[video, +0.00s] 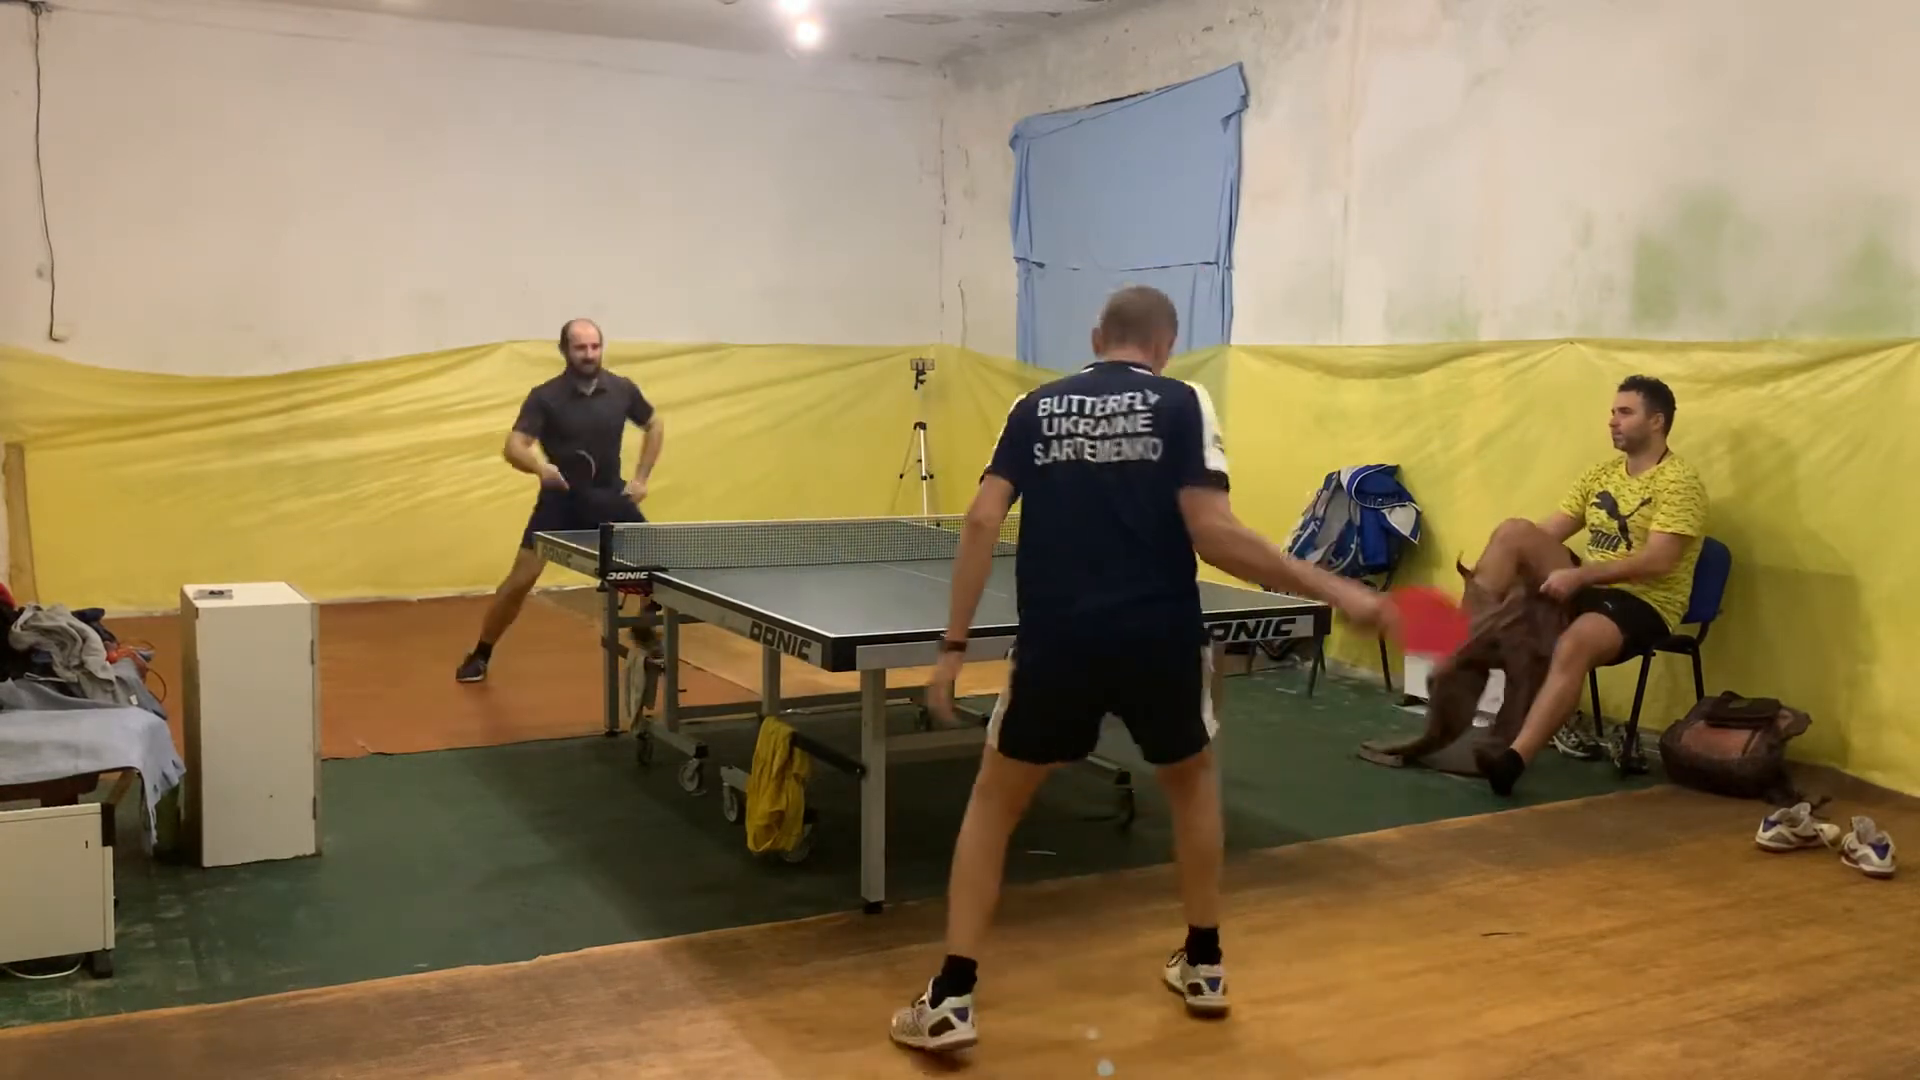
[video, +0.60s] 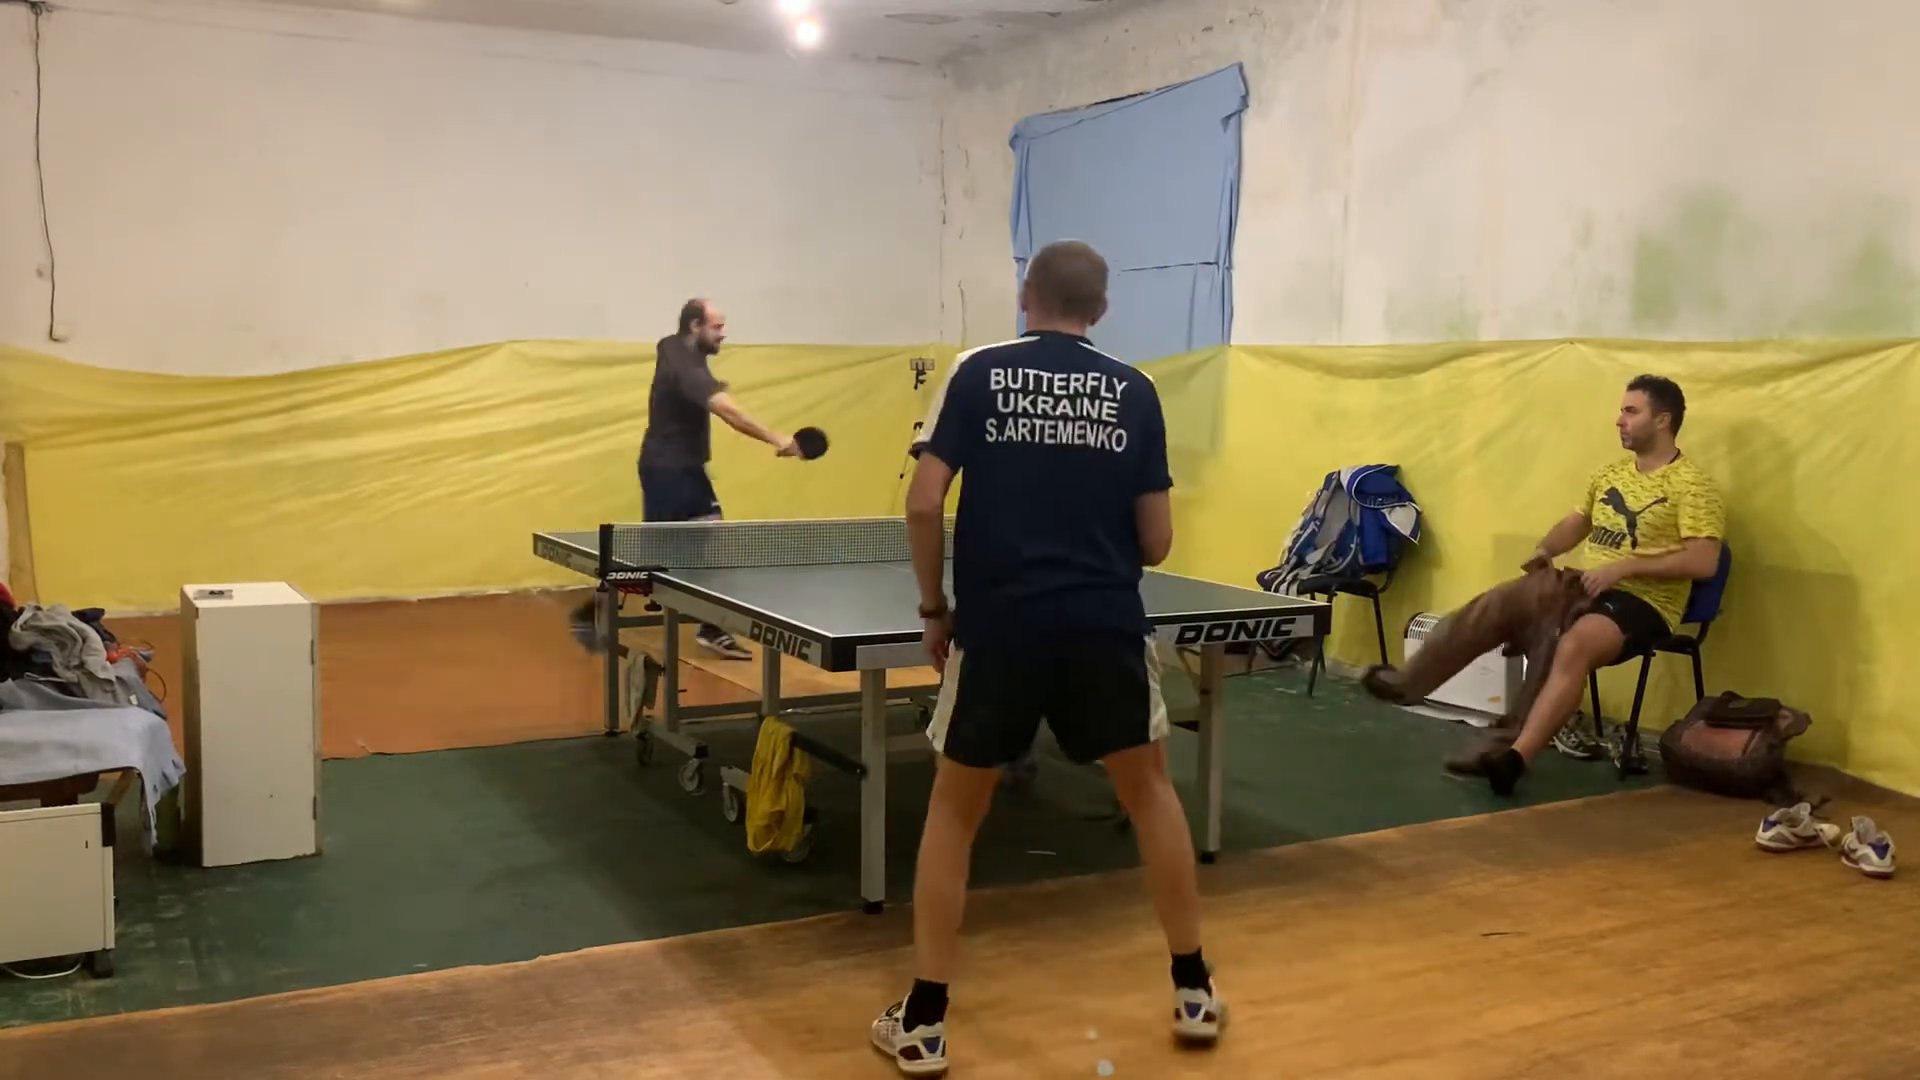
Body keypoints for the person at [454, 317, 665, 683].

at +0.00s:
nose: (589, 353)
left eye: (595, 346)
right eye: (580, 348)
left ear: (602, 348)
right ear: (565, 351)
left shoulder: (622, 390)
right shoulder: (545, 396)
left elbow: (654, 424)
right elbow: (514, 447)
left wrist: (641, 477)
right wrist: (541, 468)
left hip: (610, 501)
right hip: (559, 502)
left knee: (662, 565)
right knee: (520, 582)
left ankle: (644, 624)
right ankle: (481, 653)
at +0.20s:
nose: (609, 339)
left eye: (614, 331)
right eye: (600, 332)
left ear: (621, 332)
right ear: (584, 335)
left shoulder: (633, 369)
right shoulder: (564, 375)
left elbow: (650, 406)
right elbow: (536, 428)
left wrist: (647, 452)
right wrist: (576, 441)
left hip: (619, 476)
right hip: (572, 481)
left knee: (665, 544)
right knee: (541, 564)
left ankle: (655, 622)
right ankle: (500, 643)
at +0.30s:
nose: (631, 347)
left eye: (636, 340)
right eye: (623, 341)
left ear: (642, 340)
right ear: (606, 341)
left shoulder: (646, 375)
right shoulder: (584, 379)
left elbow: (670, 412)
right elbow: (573, 439)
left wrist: (679, 455)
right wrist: (620, 464)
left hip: (624, 476)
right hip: (580, 480)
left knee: (673, 542)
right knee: (561, 563)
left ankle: (690, 621)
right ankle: (526, 644)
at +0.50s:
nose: (694, 352)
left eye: (695, 344)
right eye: (687, 345)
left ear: (688, 345)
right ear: (664, 347)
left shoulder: (666, 366)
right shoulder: (663, 389)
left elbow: (693, 367)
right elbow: (723, 423)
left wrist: (728, 377)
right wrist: (780, 444)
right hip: (647, 489)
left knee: (580, 563)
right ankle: (707, 637)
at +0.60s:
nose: (722, 333)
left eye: (722, 327)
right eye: (717, 327)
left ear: (693, 328)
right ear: (694, 328)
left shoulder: (673, 347)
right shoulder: (686, 366)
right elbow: (727, 412)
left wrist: (708, 384)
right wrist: (776, 439)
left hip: (662, 466)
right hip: (678, 470)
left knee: (655, 549)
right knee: (717, 544)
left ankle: (596, 607)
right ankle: (713, 627)